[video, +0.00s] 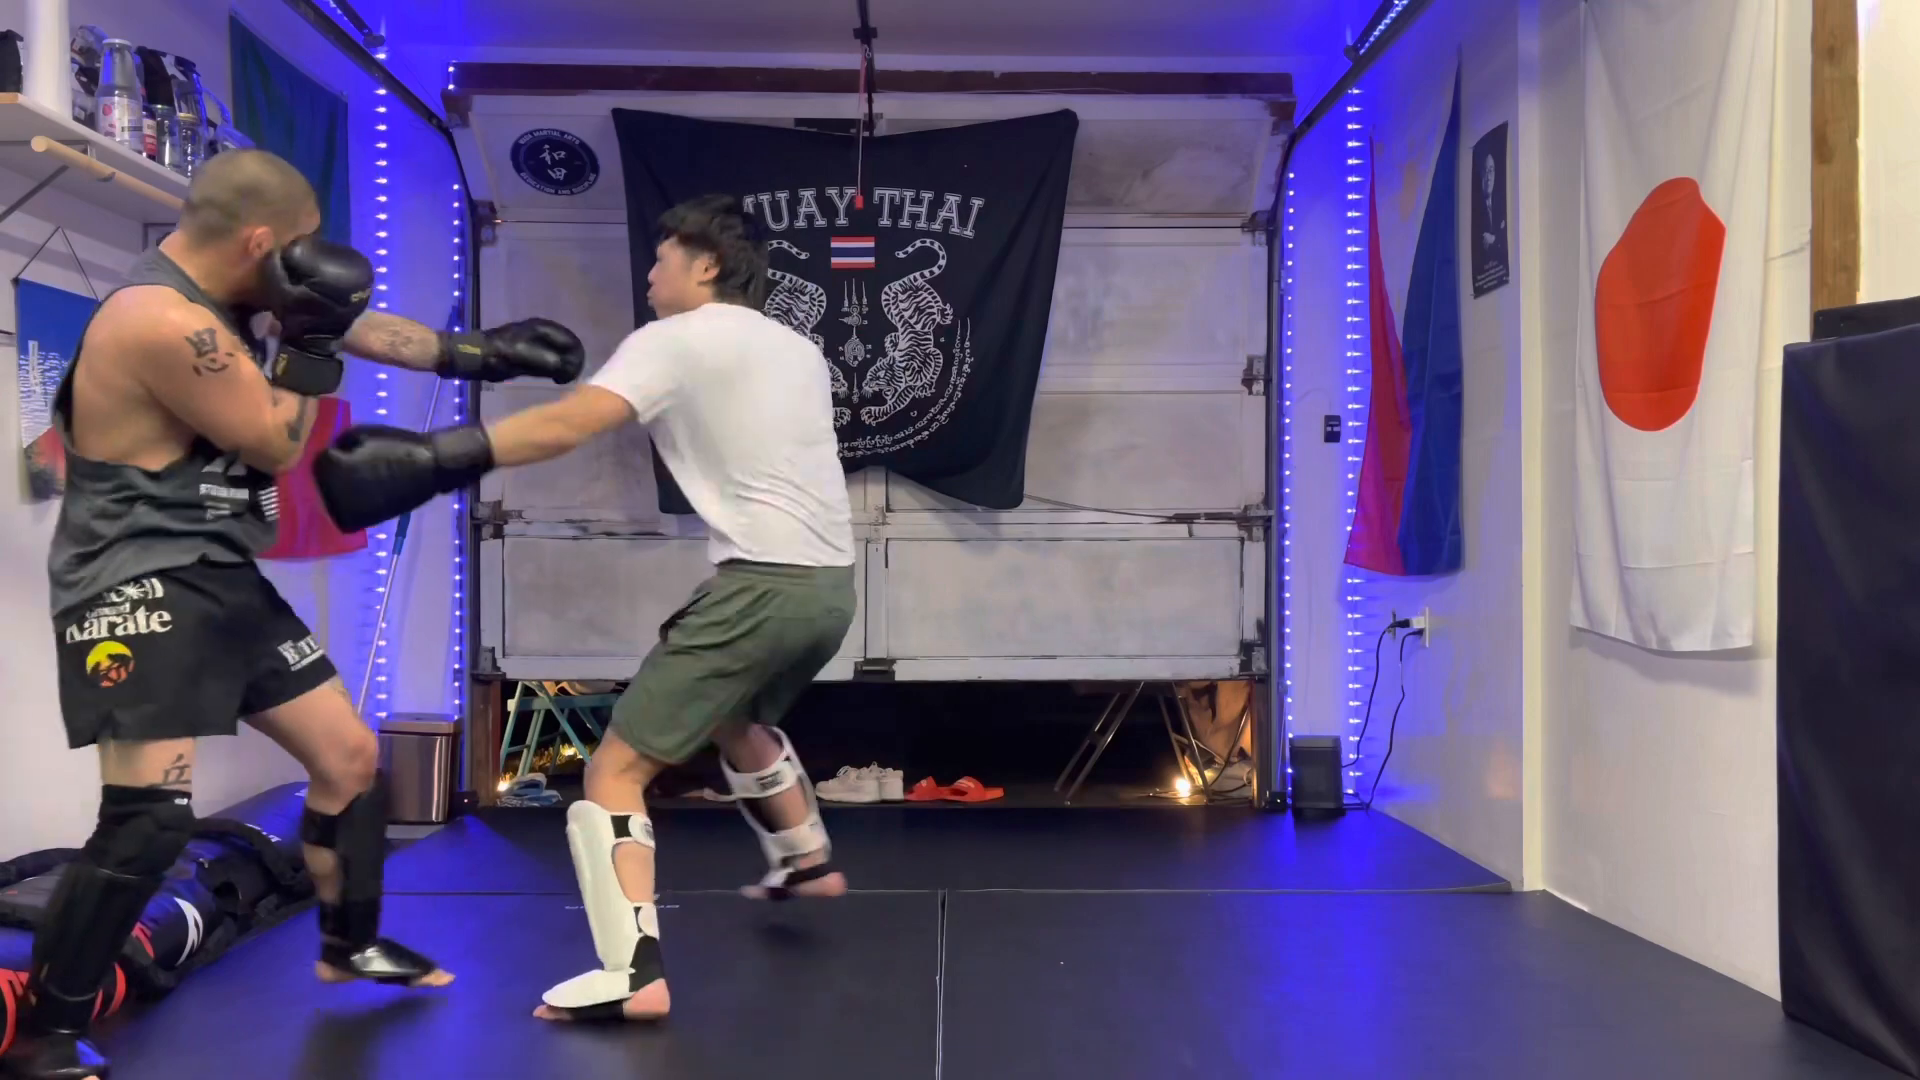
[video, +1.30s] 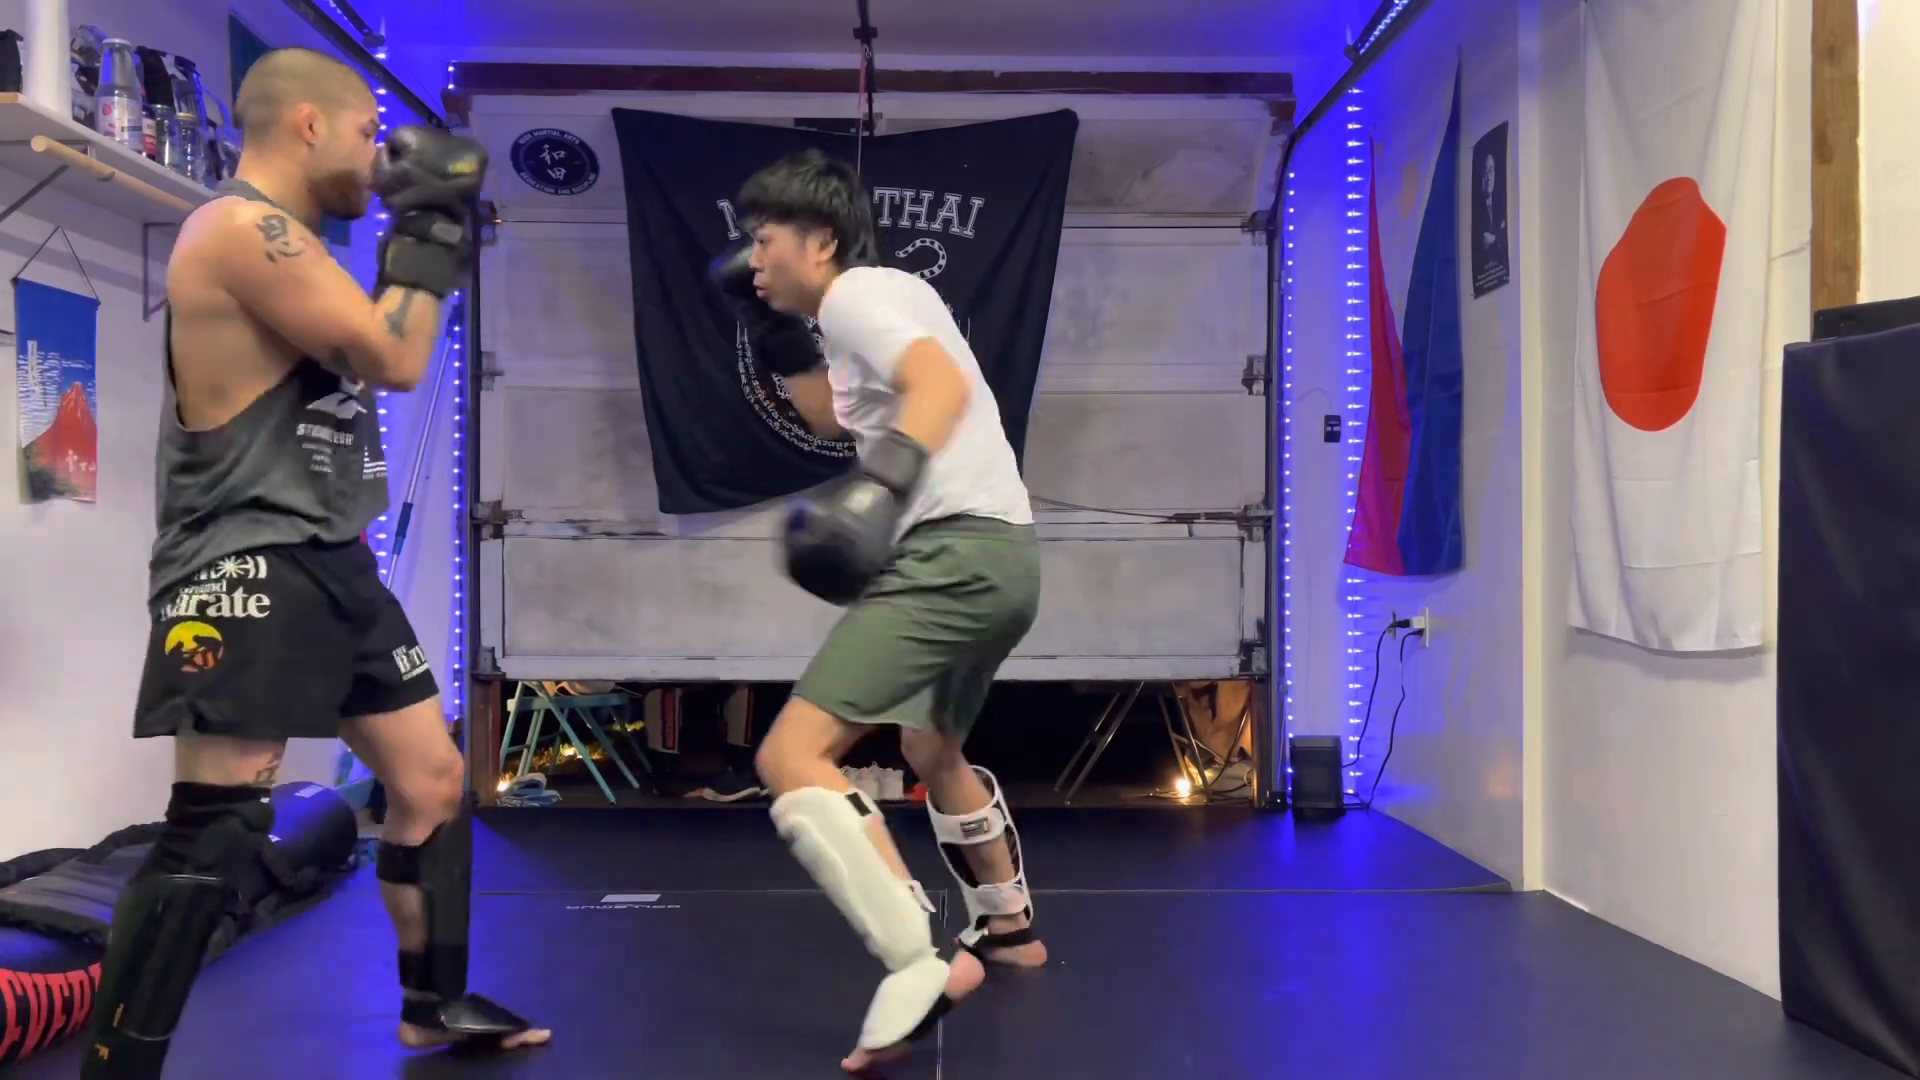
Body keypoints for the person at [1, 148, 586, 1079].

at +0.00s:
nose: (299, 265)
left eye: (305, 251)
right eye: (297, 248)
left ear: (233, 233)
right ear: (253, 238)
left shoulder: (215, 309)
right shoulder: (159, 320)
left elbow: (345, 321)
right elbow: (280, 443)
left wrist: (469, 350)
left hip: (219, 574)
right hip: (132, 582)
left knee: (349, 759)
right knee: (151, 817)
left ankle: (349, 944)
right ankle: (45, 1035)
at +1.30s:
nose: (378, 153)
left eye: (377, 134)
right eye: (367, 132)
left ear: (299, 131)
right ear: (308, 127)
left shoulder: (292, 243)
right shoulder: (242, 229)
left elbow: (383, 354)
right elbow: (397, 357)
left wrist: (431, 234)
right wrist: (430, 221)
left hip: (329, 560)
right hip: (245, 561)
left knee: (431, 776)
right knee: (214, 832)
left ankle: (435, 1002)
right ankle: (118, 1059)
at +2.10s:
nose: (452, 144)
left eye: (451, 124)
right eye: (434, 120)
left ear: (365, 131)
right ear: (357, 126)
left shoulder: (421, 270)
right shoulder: (284, 241)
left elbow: (499, 389)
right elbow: (389, 383)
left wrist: (559, 289)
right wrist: (501, 301)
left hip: (439, 577)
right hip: (315, 580)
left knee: (544, 814)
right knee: (248, 845)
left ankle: (538, 1046)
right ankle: (128, 1061)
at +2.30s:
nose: (556, 137)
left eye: (551, 118)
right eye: (540, 113)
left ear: (478, 120)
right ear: (475, 114)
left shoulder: (486, 258)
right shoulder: (410, 217)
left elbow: (491, 410)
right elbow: (447, 377)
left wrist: (595, 364)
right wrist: (611, 402)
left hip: (523, 558)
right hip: (425, 559)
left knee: (566, 812)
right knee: (380, 823)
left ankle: (541, 1046)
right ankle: (191, 1039)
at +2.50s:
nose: (621, 120)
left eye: (616, 99)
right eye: (605, 97)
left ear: (542, 103)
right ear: (541, 100)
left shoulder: (552, 243)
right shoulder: (474, 205)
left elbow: (554, 397)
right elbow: (550, 361)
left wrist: (642, 401)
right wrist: (677, 295)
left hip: (569, 548)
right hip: (481, 543)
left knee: (562, 807)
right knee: (501, 822)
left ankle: (541, 1042)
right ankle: (367, 1060)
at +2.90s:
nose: (715, 107)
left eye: (714, 84)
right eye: (704, 81)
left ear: (635, 80)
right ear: (643, 77)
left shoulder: (634, 218)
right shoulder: (564, 197)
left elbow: (649, 385)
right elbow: (662, 394)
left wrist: (734, 321)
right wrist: (753, 318)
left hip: (652, 548)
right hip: (579, 553)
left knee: (735, 793)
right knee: (583, 850)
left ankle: (626, 999)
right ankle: (507, 1068)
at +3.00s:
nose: (737, 104)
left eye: (734, 81)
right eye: (728, 79)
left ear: (654, 76)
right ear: (674, 74)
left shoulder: (634, 193)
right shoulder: (616, 186)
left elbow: (715, 361)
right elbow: (738, 364)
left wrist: (785, 267)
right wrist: (802, 259)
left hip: (673, 547)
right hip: (617, 552)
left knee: (752, 793)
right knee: (588, 835)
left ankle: (742, 1027)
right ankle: (511, 1067)